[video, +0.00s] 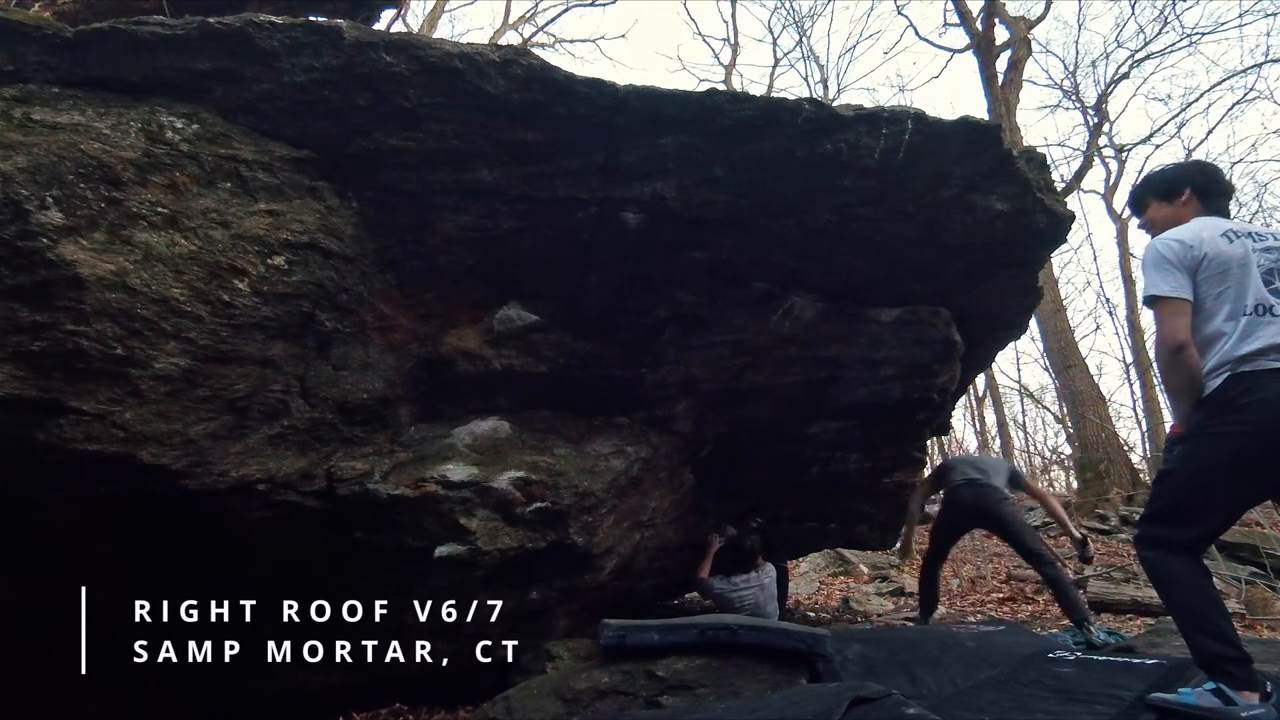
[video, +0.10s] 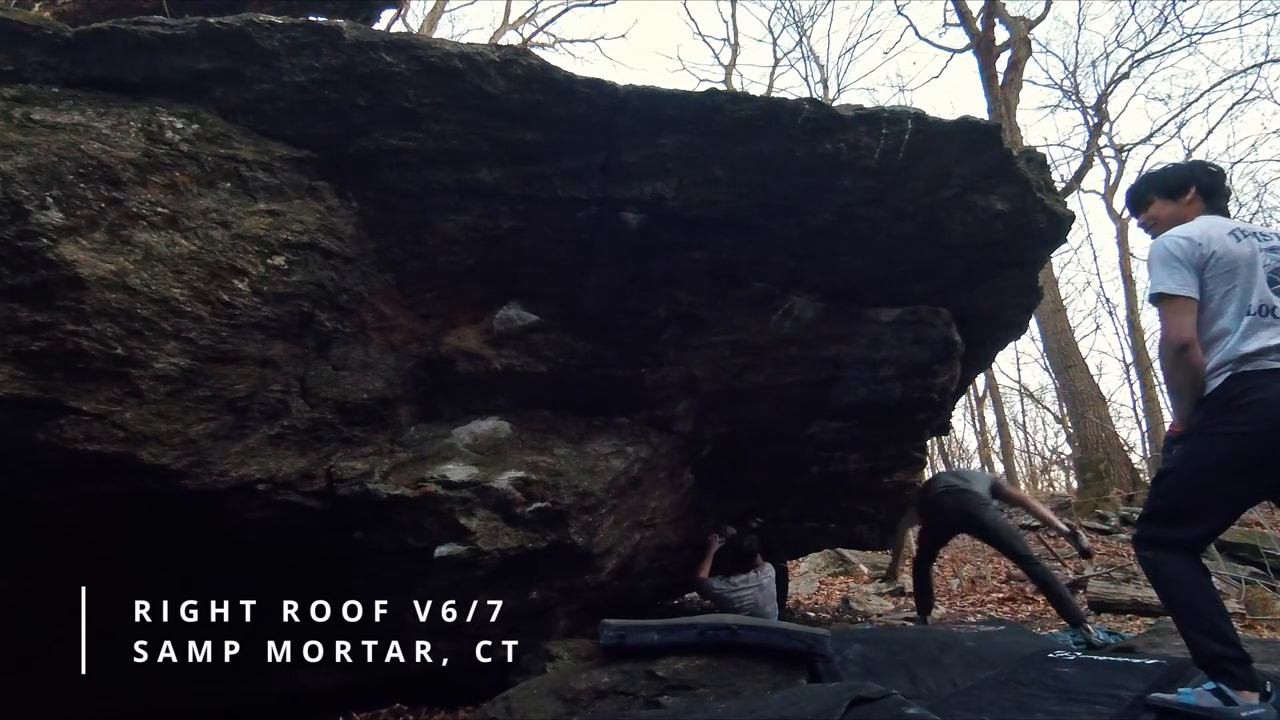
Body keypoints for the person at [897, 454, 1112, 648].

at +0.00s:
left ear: (960, 462)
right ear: (995, 462)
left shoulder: (947, 466)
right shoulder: (1006, 468)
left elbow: (918, 495)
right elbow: (1046, 498)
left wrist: (906, 539)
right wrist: (1075, 534)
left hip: (956, 505)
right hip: (995, 502)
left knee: (932, 562)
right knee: (1044, 561)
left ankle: (924, 618)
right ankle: (1087, 627)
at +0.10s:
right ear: (986, 479)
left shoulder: (929, 488)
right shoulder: (988, 480)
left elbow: (903, 525)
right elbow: (1030, 505)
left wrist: (893, 568)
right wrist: (1071, 533)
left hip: (938, 508)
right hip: (973, 504)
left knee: (922, 563)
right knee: (1029, 562)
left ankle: (923, 620)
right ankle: (1084, 627)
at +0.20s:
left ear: (932, 495)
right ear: (970, 494)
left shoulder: (917, 506)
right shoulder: (976, 494)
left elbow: (896, 549)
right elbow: (1021, 511)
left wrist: (887, 585)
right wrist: (1060, 529)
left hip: (925, 514)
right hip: (959, 511)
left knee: (915, 566)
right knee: (1018, 566)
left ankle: (920, 620)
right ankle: (1079, 627)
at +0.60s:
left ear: (917, 512)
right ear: (949, 506)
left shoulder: (906, 526)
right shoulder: (957, 507)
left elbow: (891, 577)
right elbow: (1014, 502)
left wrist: (876, 609)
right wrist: (1038, 515)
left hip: (913, 534)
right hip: (948, 525)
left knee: (908, 568)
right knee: (1016, 575)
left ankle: (921, 620)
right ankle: (1074, 628)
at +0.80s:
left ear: (922, 497)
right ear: (951, 491)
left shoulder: (910, 508)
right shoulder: (960, 494)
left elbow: (887, 546)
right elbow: (998, 495)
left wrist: (875, 583)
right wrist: (1038, 502)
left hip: (922, 525)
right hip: (957, 517)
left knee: (915, 569)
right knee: (1023, 561)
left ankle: (921, 621)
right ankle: (1082, 616)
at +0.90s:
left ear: (935, 496)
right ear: (971, 490)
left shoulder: (927, 501)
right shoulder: (977, 489)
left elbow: (895, 528)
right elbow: (1013, 492)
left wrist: (887, 571)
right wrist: (1055, 507)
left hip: (936, 518)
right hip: (970, 512)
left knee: (921, 566)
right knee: (1032, 561)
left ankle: (922, 622)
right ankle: (1089, 626)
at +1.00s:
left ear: (963, 479)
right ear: (994, 478)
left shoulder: (946, 489)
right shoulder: (1001, 481)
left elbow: (913, 514)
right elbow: (1038, 493)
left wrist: (905, 553)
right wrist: (1077, 519)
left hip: (951, 512)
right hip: (987, 508)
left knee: (932, 565)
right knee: (1048, 562)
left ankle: (924, 618)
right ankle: (1087, 630)